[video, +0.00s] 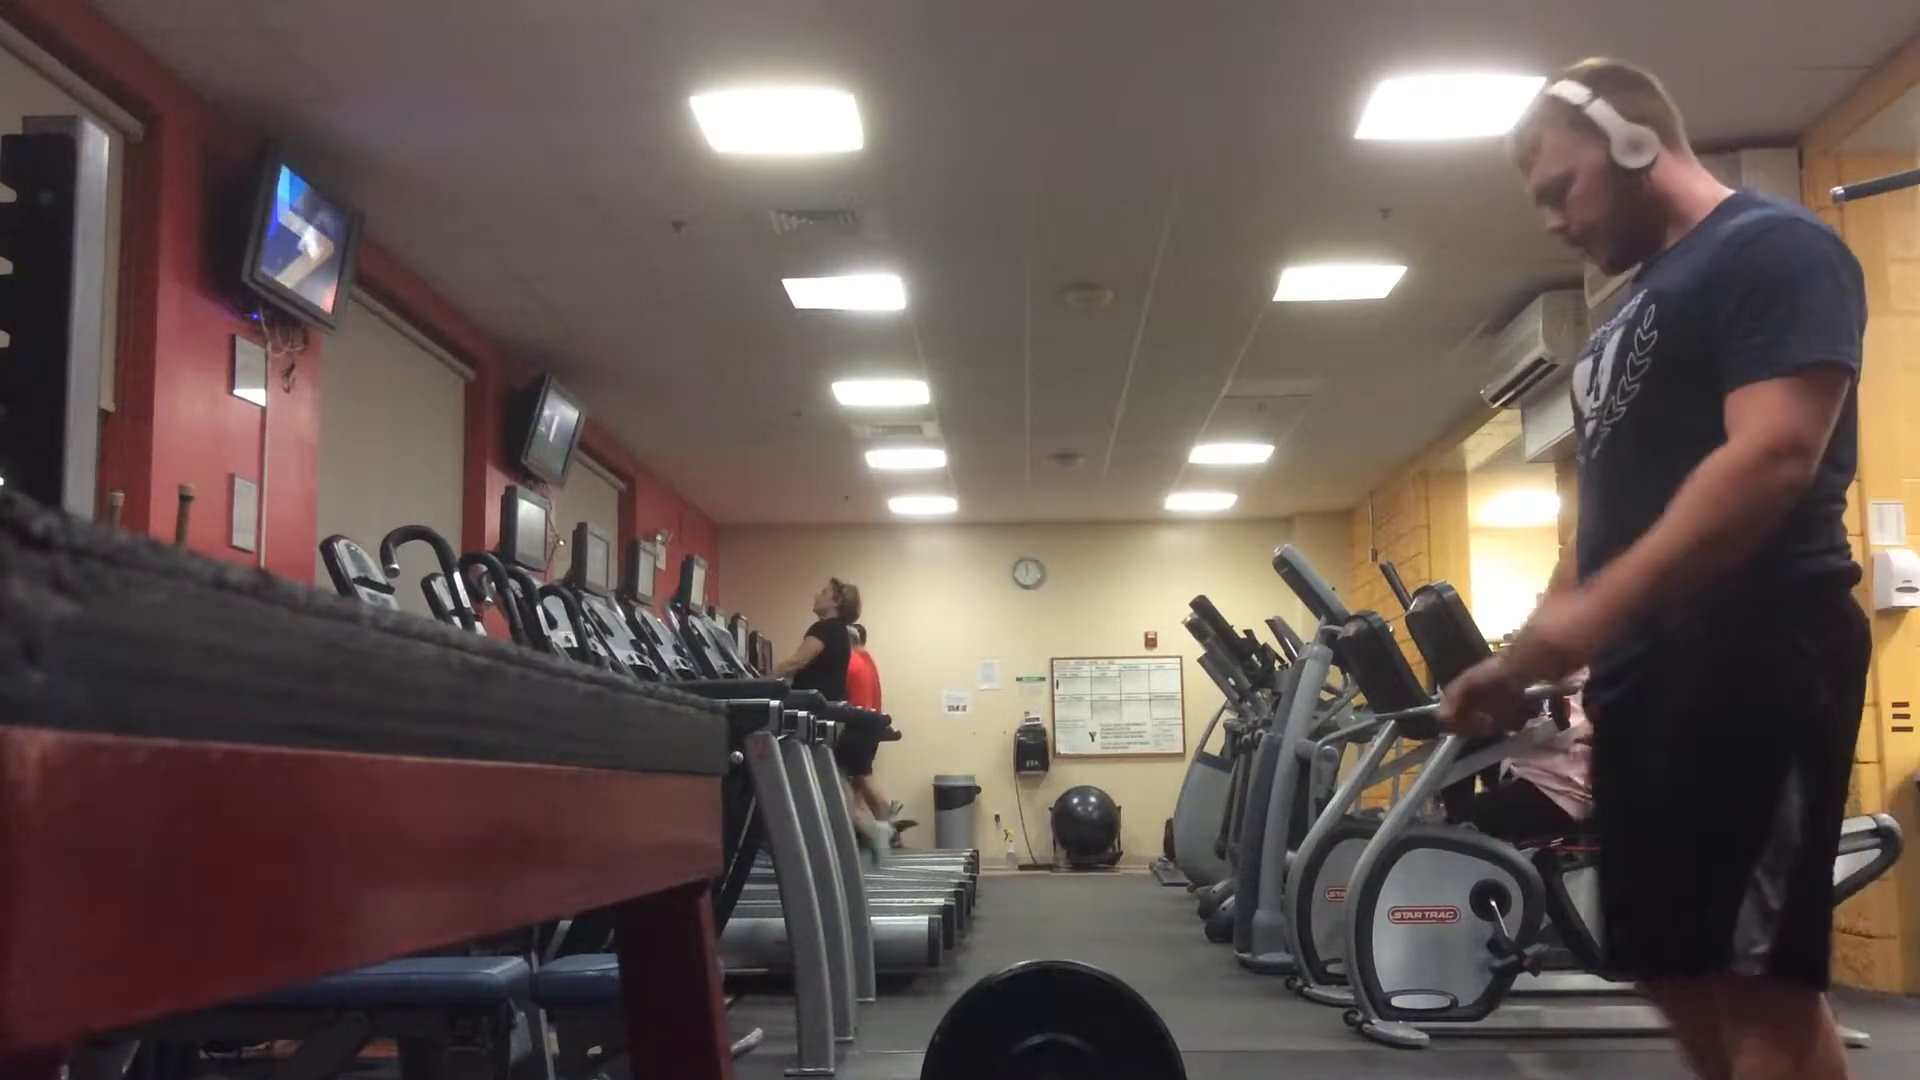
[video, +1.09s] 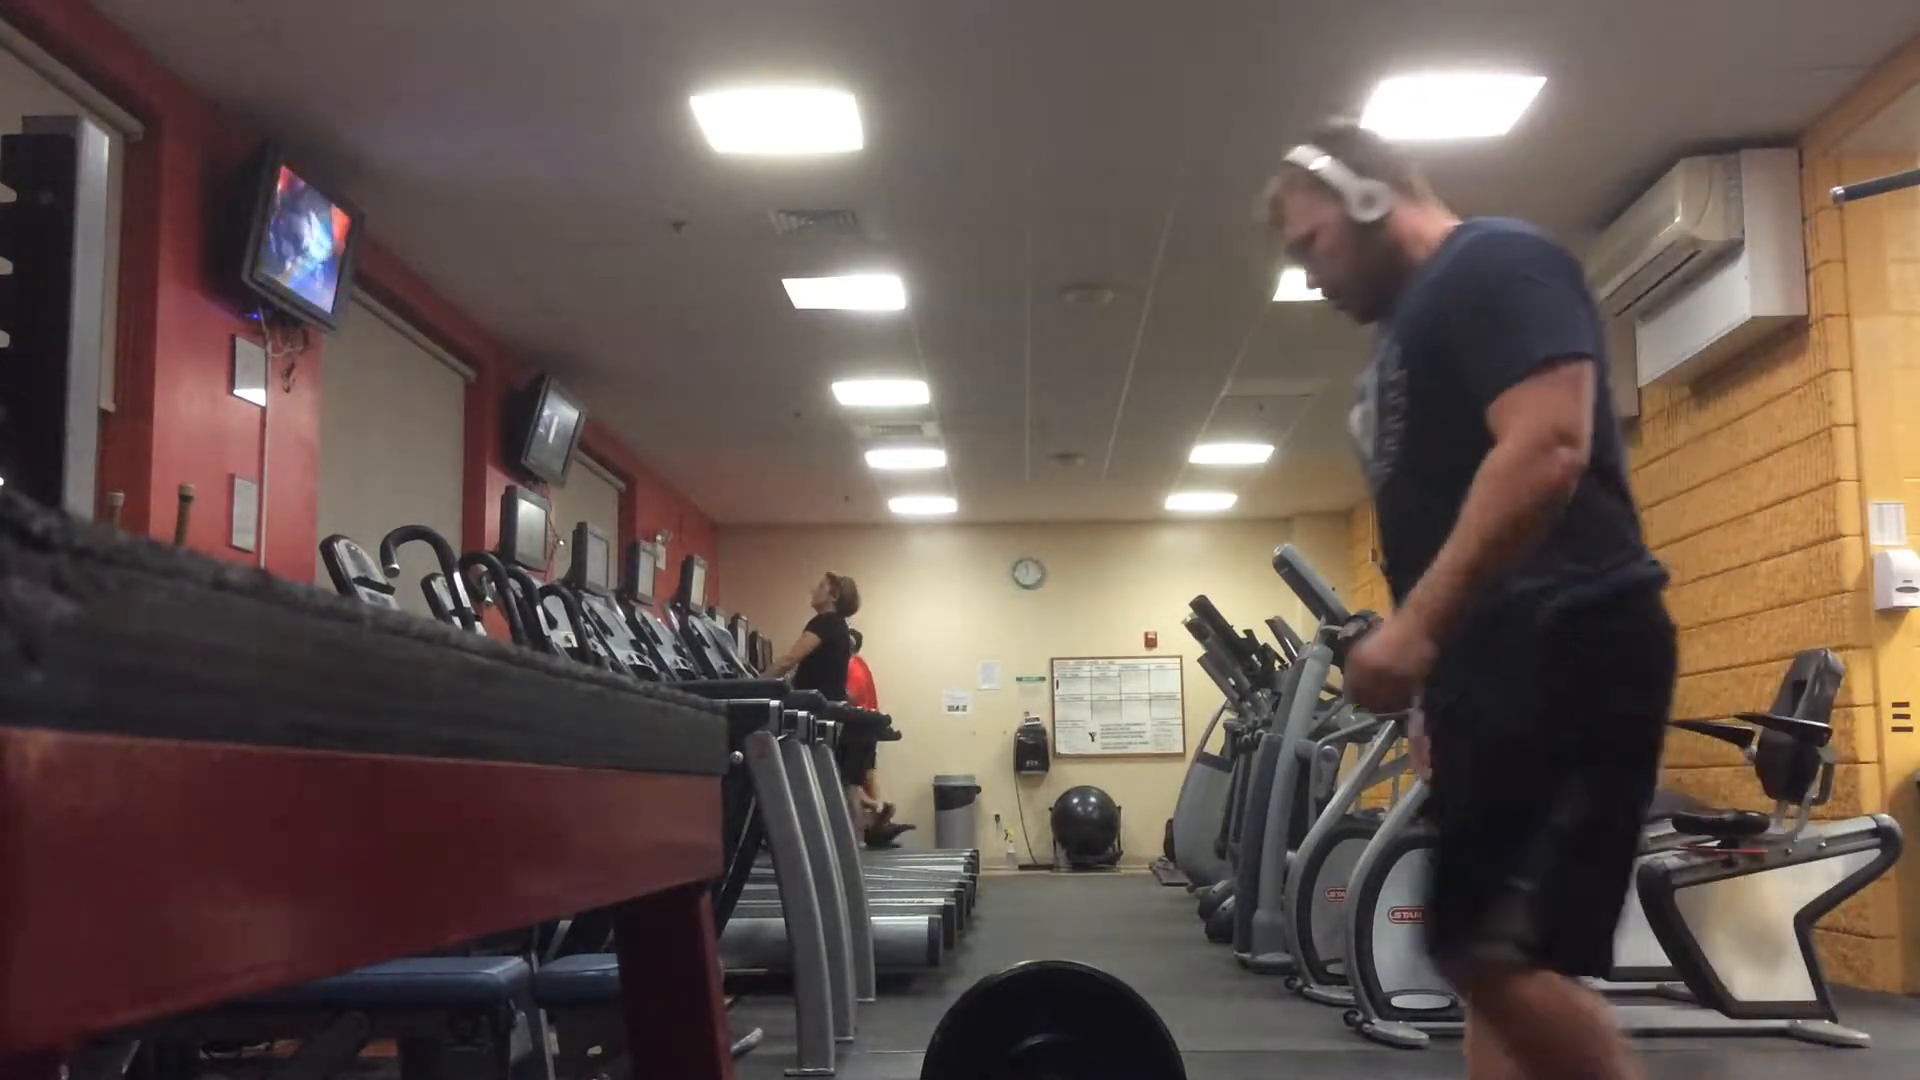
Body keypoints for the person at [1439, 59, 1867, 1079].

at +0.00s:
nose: (1556, 224)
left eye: (1561, 191)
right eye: (1544, 209)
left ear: (1634, 146)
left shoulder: (1775, 243)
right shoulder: (1611, 334)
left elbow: (1776, 455)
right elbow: (1600, 537)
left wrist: (1589, 618)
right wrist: (1518, 671)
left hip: (1765, 647)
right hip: (1651, 661)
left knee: (1767, 991)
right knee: (1671, 968)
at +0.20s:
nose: (1520, 224)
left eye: (1525, 188)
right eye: (1509, 206)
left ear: (1601, 144)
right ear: (1596, 160)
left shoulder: (1750, 238)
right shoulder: (1613, 313)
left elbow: (1778, 456)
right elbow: (1617, 541)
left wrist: (1594, 619)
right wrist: (1539, 680)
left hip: (1773, 642)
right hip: (1649, 651)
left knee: (1766, 983)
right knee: (1561, 919)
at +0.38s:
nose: (1497, 215)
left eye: (1504, 180)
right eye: (1487, 197)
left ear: (1581, 139)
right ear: (1578, 154)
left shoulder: (1727, 240)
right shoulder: (1591, 313)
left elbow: (1788, 464)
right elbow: (1598, 528)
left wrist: (1748, 681)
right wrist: (1573, 689)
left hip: (1749, 664)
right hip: (1630, 678)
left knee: (1766, 991)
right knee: (1601, 953)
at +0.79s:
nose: (1430, 240)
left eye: (1434, 207)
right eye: (1419, 225)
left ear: (1506, 163)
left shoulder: (1635, 243)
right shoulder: (1525, 319)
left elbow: (1671, 457)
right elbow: (1550, 539)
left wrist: (1600, 660)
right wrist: (1488, 691)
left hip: (1688, 666)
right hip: (1568, 675)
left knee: (1740, 994)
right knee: (1520, 966)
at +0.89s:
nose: (1398, 249)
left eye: (1399, 217)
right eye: (1388, 234)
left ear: (1468, 173)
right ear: (1457, 186)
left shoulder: (1597, 251)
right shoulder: (1490, 319)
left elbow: (1616, 459)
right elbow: (1510, 519)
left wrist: (1486, 633)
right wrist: (1471, 701)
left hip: (1646, 647)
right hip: (1537, 657)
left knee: (1686, 997)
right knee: (1516, 977)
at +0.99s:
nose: (1353, 263)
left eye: (1351, 230)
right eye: (1341, 246)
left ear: (1415, 186)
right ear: (1405, 201)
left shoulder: (1540, 255)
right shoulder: (1445, 329)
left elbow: (1577, 449)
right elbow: (1470, 525)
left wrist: (1424, 614)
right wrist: (1451, 690)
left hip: (1606, 653)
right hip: (1508, 668)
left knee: (1616, 994)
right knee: (1505, 977)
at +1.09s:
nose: (1308, 277)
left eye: (1308, 244)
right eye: (1296, 260)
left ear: (1372, 201)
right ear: (1362, 215)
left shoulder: (1492, 260)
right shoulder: (1411, 334)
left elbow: (1545, 447)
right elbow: (1452, 525)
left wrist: (1415, 622)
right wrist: (1439, 692)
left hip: (1569, 638)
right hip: (1499, 650)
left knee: (1498, 954)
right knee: (1496, 961)